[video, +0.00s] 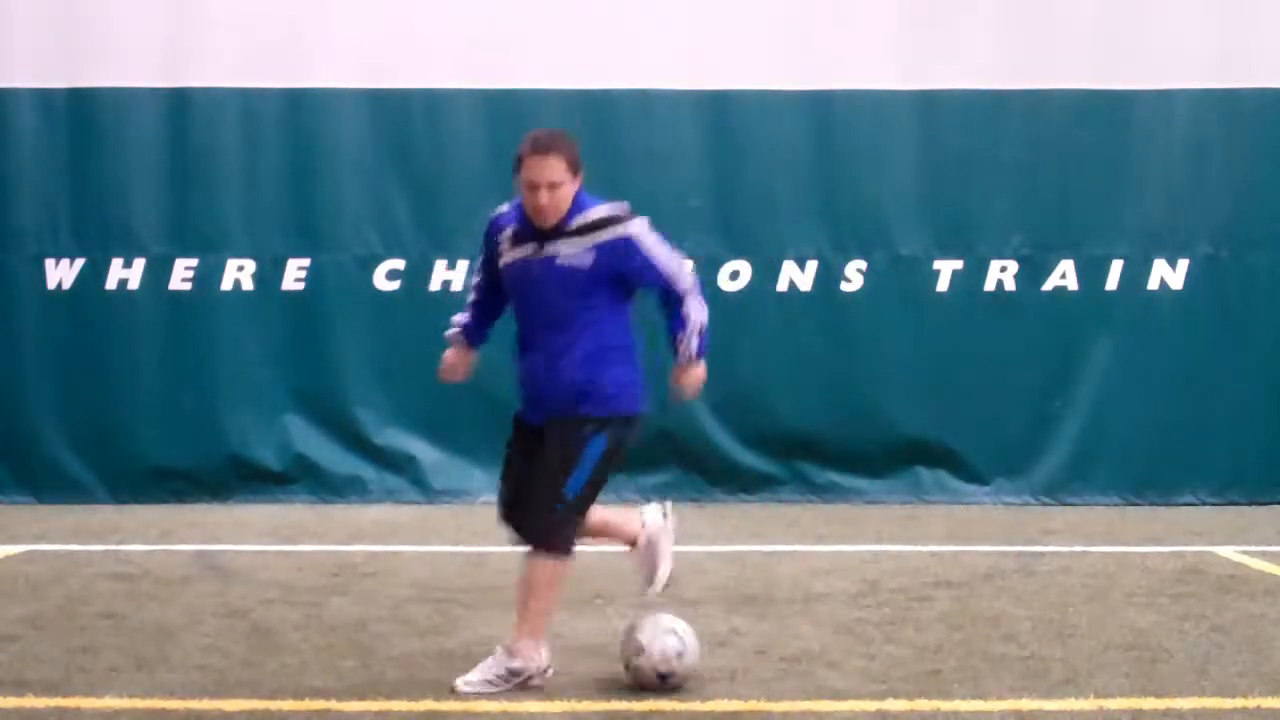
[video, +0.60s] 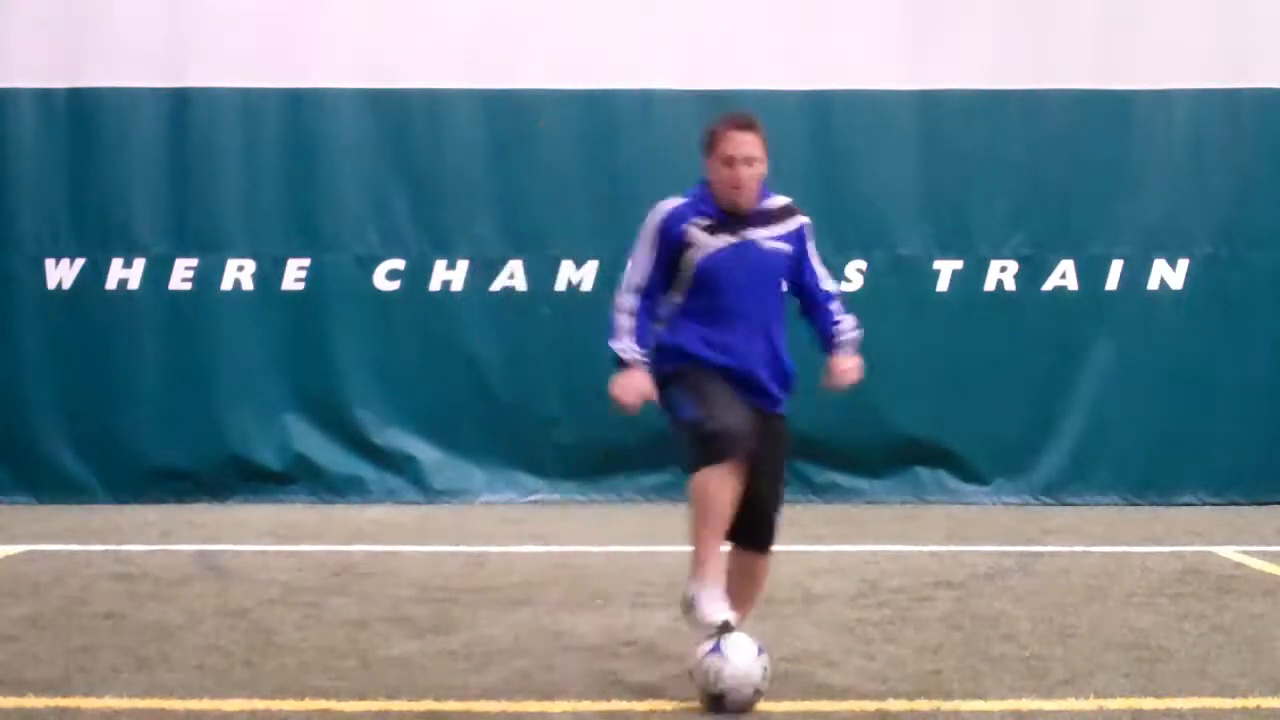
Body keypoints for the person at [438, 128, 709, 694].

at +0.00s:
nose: (541, 199)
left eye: (553, 187)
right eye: (531, 187)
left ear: (577, 181)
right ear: (517, 183)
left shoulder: (615, 227)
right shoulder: (504, 230)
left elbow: (682, 282)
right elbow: (488, 290)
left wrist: (690, 352)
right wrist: (465, 338)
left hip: (602, 403)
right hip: (541, 403)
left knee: (552, 520)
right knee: (521, 513)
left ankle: (526, 655)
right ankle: (642, 528)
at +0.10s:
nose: (560, 183)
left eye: (571, 171)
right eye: (549, 172)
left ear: (592, 169)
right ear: (533, 171)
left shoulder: (628, 215)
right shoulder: (515, 221)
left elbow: (682, 267)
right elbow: (503, 282)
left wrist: (697, 349)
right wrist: (495, 342)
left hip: (621, 380)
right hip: (558, 382)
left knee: (596, 484)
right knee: (552, 497)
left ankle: (582, 618)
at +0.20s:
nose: (584, 196)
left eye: (595, 184)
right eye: (573, 185)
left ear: (616, 185)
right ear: (559, 186)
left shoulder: (650, 236)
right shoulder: (537, 237)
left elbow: (702, 302)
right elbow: (512, 295)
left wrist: (706, 357)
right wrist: (490, 354)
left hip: (643, 394)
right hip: (572, 398)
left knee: (662, 496)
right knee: (559, 524)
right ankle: (584, 634)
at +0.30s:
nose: (624, 174)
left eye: (634, 163)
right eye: (613, 163)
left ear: (651, 162)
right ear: (594, 164)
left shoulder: (682, 212)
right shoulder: (567, 214)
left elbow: (732, 274)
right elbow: (530, 268)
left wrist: (725, 314)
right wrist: (494, 317)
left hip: (666, 381)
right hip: (590, 388)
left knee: (712, 476)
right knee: (572, 517)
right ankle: (579, 630)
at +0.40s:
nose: (662, 140)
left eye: (672, 129)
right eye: (650, 129)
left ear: (689, 131)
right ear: (631, 132)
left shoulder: (719, 184)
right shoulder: (600, 183)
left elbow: (754, 248)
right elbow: (565, 245)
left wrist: (751, 290)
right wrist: (541, 302)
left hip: (701, 360)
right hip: (621, 364)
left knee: (748, 475)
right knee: (605, 485)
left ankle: (782, 604)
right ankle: (609, 610)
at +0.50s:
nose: (702, 146)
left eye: (712, 136)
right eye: (691, 135)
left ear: (727, 139)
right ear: (668, 137)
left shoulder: (754, 195)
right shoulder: (634, 193)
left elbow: (789, 265)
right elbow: (599, 261)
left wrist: (789, 320)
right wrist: (587, 327)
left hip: (732, 361)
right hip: (657, 357)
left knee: (750, 493)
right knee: (660, 451)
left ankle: (737, 623)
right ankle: (678, 580)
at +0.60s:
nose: (740, 172)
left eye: (750, 162)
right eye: (728, 161)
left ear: (765, 167)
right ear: (708, 166)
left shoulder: (789, 223)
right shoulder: (676, 219)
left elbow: (819, 290)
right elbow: (633, 294)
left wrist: (843, 344)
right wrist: (631, 362)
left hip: (761, 380)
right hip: (693, 367)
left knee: (758, 515)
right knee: (728, 436)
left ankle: (731, 635)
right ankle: (705, 585)